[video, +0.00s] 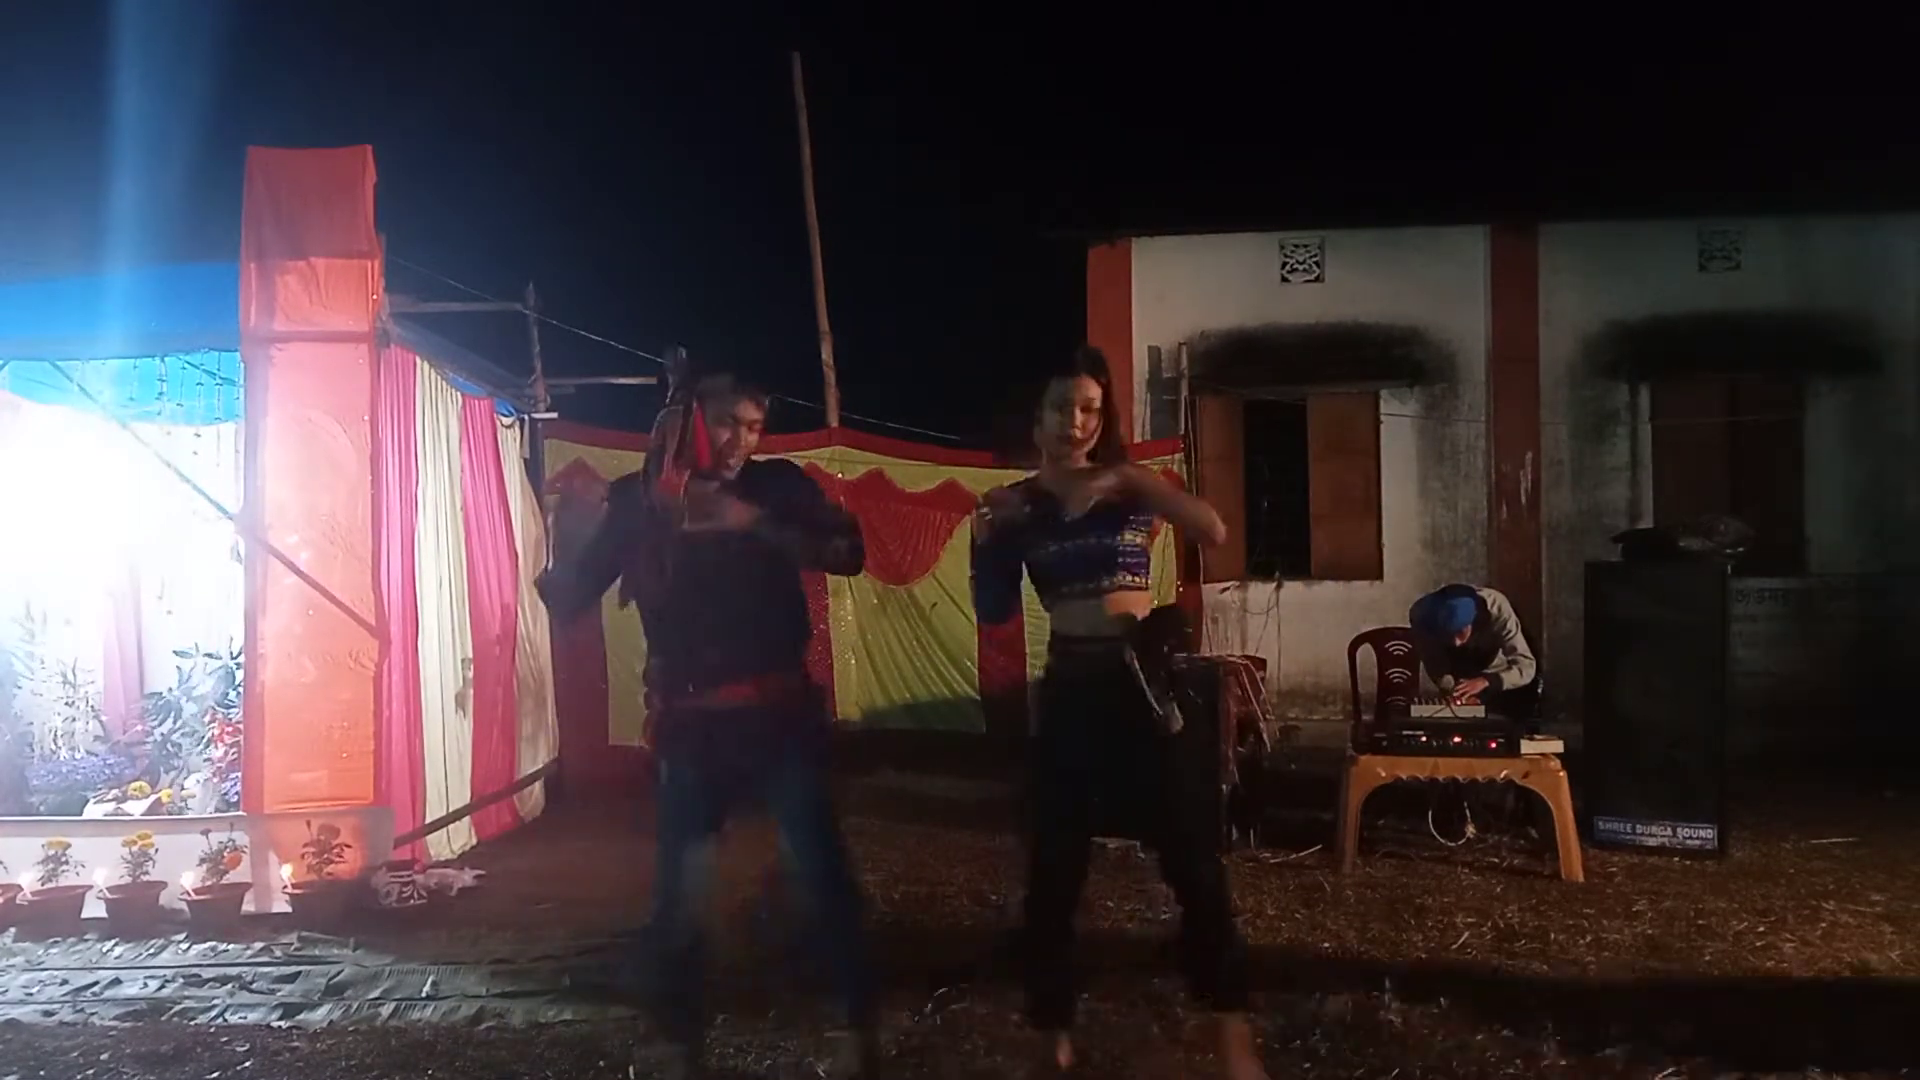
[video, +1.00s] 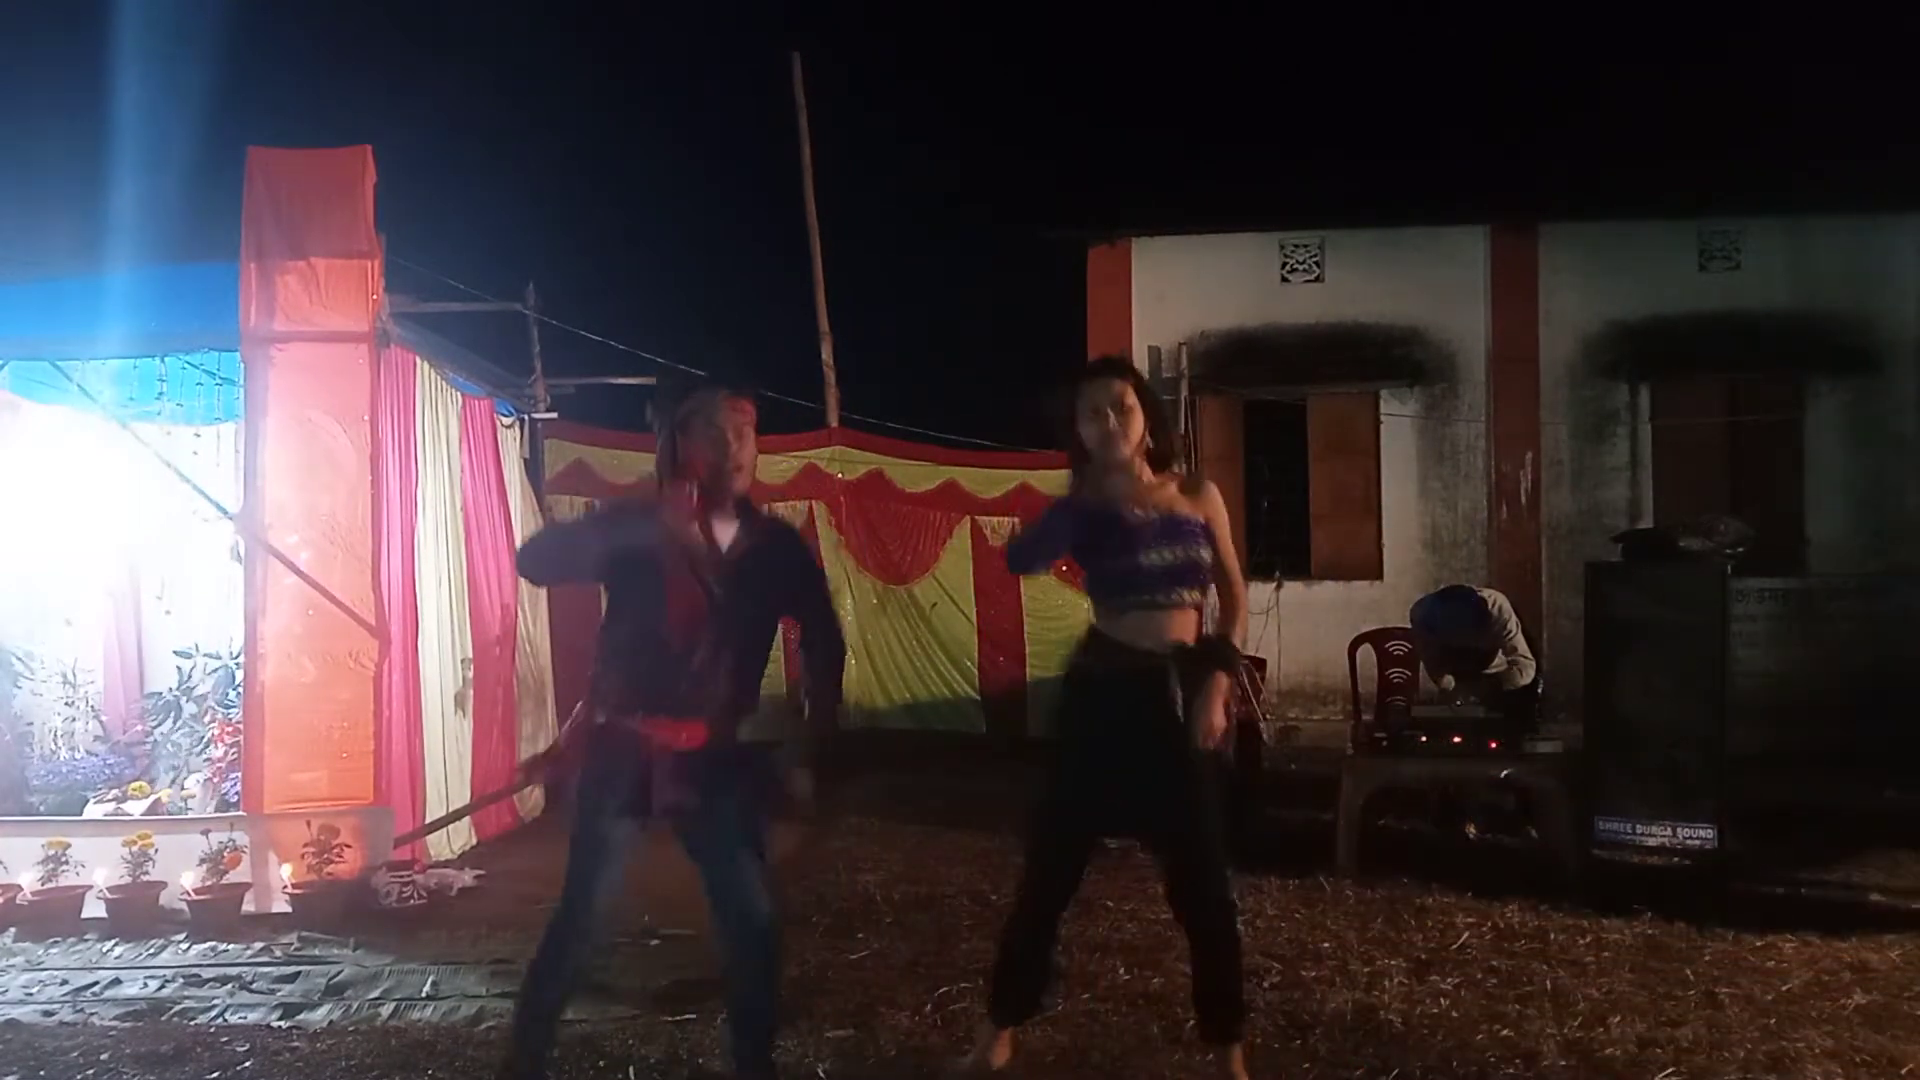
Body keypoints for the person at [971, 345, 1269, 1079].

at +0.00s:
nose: (1078, 422)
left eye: (1091, 410)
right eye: (1064, 409)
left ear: (1103, 420)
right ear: (1037, 417)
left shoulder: (1130, 484)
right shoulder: (1018, 505)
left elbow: (1214, 531)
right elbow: (993, 611)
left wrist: (1140, 482)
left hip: (1153, 679)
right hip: (1073, 683)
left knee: (1191, 854)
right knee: (1055, 861)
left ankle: (1235, 1035)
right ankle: (1055, 1041)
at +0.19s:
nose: (1059, 490)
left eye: (1074, 475)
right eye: (1046, 473)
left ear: (1091, 482)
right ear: (1021, 479)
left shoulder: (1123, 545)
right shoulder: (1025, 577)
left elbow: (1157, 626)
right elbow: (1015, 671)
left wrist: (1067, 670)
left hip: (1154, 736)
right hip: (1081, 743)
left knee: (1226, 912)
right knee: (1051, 914)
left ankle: (1337, 1057)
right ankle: (1055, 1059)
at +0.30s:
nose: (1056, 488)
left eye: (1070, 472)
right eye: (1044, 472)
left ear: (1093, 472)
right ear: (1026, 476)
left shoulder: (1125, 540)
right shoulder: (1035, 574)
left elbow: (1160, 636)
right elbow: (1032, 672)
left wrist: (1065, 654)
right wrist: (1013, 683)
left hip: (1168, 746)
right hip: (1096, 750)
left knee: (1229, 906)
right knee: (1062, 907)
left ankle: (1334, 1054)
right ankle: (1055, 1058)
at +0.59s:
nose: (1076, 472)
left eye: (1091, 462)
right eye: (1064, 458)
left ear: (1111, 477)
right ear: (1042, 466)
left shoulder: (1128, 546)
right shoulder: (1034, 560)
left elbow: (1180, 648)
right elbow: (1025, 668)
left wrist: (1085, 668)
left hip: (1163, 744)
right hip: (1093, 748)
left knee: (1228, 914)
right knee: (1050, 923)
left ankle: (1328, 1058)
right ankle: (1054, 1058)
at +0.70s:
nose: (1090, 473)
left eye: (1105, 462)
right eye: (1078, 459)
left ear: (1124, 477)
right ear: (1056, 468)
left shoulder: (1146, 557)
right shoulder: (1033, 560)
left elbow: (1214, 661)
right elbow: (1014, 654)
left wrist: (1166, 722)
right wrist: (1019, 682)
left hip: (1151, 746)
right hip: (1079, 749)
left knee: (1213, 915)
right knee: (1049, 918)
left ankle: (1313, 1057)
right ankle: (1051, 1058)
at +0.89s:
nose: (1104, 407)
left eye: (1116, 392)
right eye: (1089, 396)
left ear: (1141, 404)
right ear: (1071, 412)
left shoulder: (1186, 488)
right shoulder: (1067, 488)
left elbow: (1227, 582)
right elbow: (1007, 550)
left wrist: (1203, 664)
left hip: (1167, 678)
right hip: (1089, 677)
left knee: (1202, 858)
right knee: (1055, 857)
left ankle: (1247, 1040)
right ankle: (1026, 1034)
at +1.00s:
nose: (1110, 421)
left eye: (1121, 408)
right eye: (1095, 412)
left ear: (1146, 418)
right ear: (1078, 429)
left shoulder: (1196, 498)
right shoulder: (1081, 508)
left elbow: (1232, 592)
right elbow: (1019, 559)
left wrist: (1222, 677)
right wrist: (1078, 504)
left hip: (1178, 690)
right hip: (1101, 687)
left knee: (1202, 878)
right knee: (1051, 868)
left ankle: (1228, 1045)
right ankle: (1000, 1034)